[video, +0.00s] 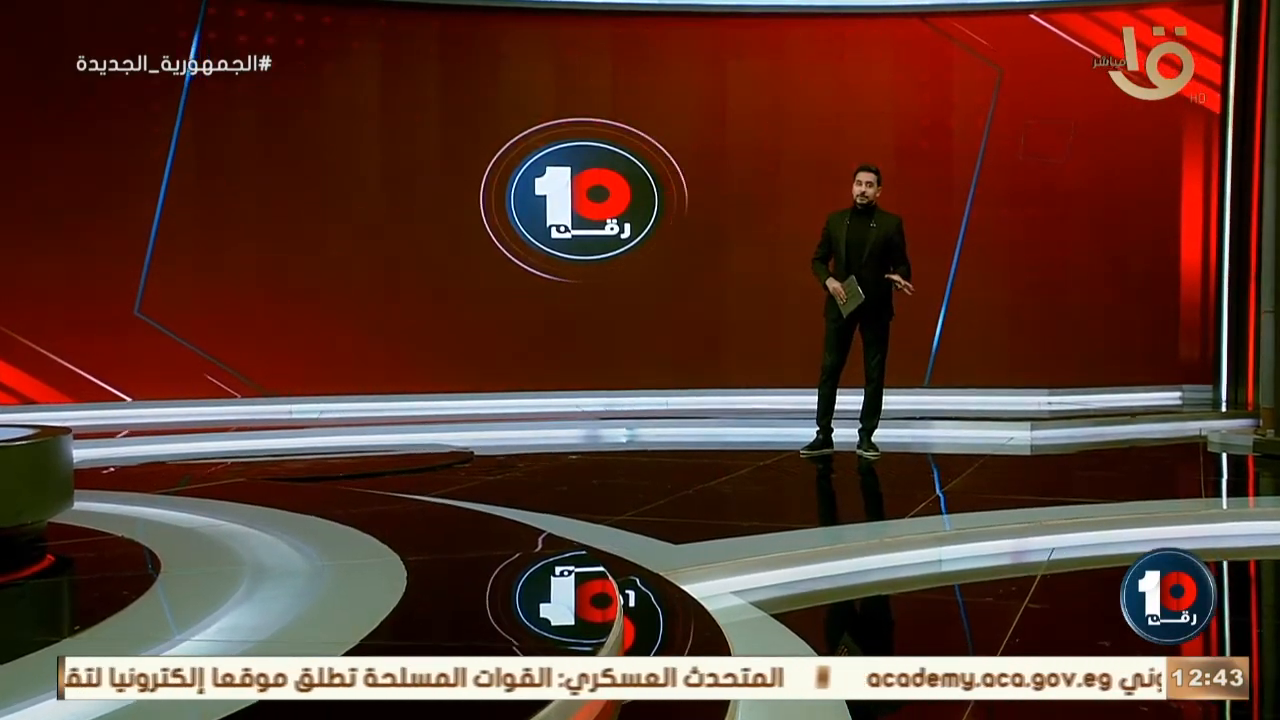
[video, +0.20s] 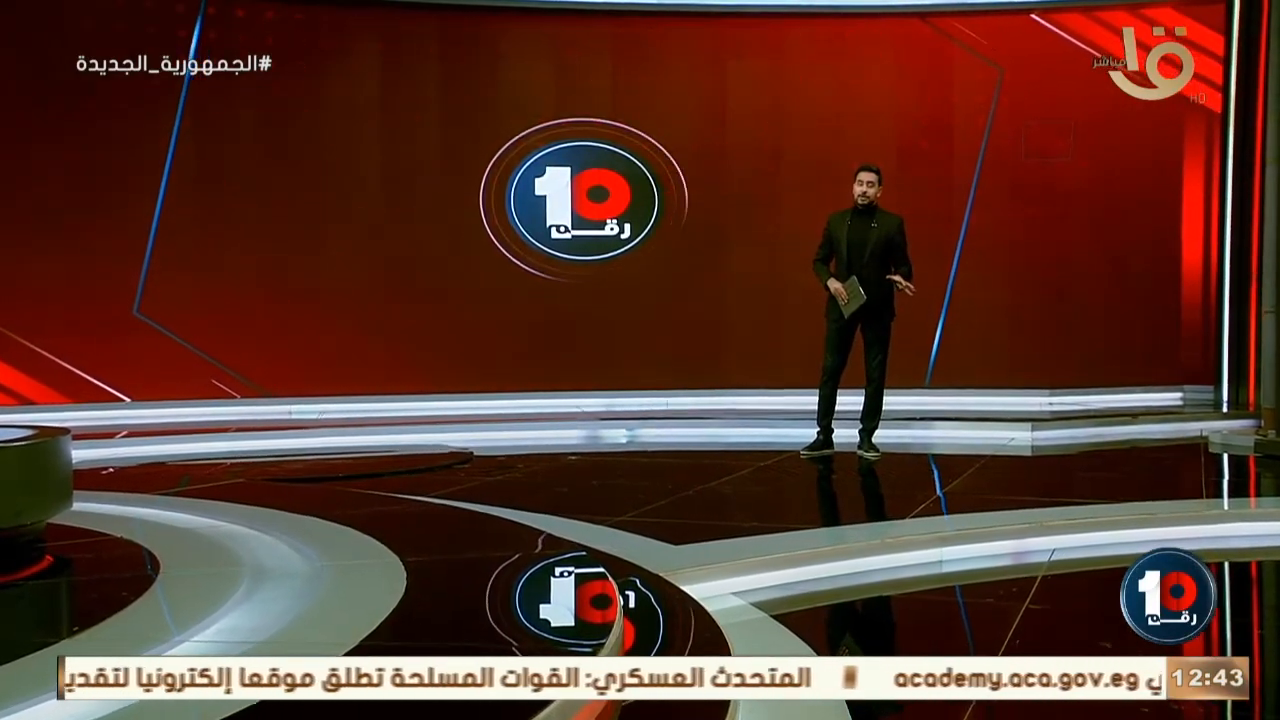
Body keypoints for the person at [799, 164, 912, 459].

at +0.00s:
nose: (863, 189)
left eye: (869, 185)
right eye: (859, 183)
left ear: (878, 190)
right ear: (852, 187)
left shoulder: (892, 224)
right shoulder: (836, 221)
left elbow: (902, 264)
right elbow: (818, 261)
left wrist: (900, 277)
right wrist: (828, 281)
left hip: (876, 309)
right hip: (841, 307)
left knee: (874, 376)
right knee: (829, 370)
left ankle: (866, 438)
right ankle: (823, 435)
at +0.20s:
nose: (863, 189)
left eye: (870, 184)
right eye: (860, 183)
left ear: (879, 190)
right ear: (853, 187)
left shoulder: (893, 224)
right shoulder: (837, 221)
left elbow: (903, 265)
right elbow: (819, 263)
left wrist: (902, 278)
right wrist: (830, 281)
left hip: (878, 310)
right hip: (842, 308)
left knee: (875, 377)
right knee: (830, 371)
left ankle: (866, 438)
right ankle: (824, 435)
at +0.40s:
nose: (865, 189)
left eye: (871, 185)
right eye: (861, 183)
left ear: (880, 190)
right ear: (853, 187)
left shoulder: (892, 224)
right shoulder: (837, 222)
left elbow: (903, 262)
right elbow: (821, 262)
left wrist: (904, 277)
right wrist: (830, 282)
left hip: (878, 309)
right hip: (842, 307)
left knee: (875, 376)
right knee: (830, 371)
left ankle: (867, 438)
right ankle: (824, 436)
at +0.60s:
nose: (864, 190)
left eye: (869, 185)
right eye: (859, 185)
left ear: (878, 190)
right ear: (851, 189)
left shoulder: (892, 224)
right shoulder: (837, 223)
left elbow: (903, 262)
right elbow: (820, 263)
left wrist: (911, 277)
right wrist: (830, 282)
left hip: (878, 308)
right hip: (842, 306)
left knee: (875, 375)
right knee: (830, 370)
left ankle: (867, 438)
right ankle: (823, 436)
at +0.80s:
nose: (861, 192)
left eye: (867, 186)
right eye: (856, 186)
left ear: (876, 190)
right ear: (849, 190)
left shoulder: (891, 224)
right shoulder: (835, 223)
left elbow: (901, 261)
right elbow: (818, 265)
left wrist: (908, 278)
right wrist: (828, 283)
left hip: (877, 308)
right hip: (840, 307)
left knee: (875, 376)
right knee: (828, 369)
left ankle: (867, 438)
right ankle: (818, 435)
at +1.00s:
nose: (857, 192)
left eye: (862, 186)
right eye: (852, 186)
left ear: (871, 190)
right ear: (844, 190)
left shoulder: (886, 223)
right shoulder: (830, 223)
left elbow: (896, 261)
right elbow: (812, 265)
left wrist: (903, 278)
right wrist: (825, 283)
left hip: (873, 308)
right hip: (836, 307)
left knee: (873, 376)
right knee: (826, 372)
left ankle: (868, 440)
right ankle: (819, 437)